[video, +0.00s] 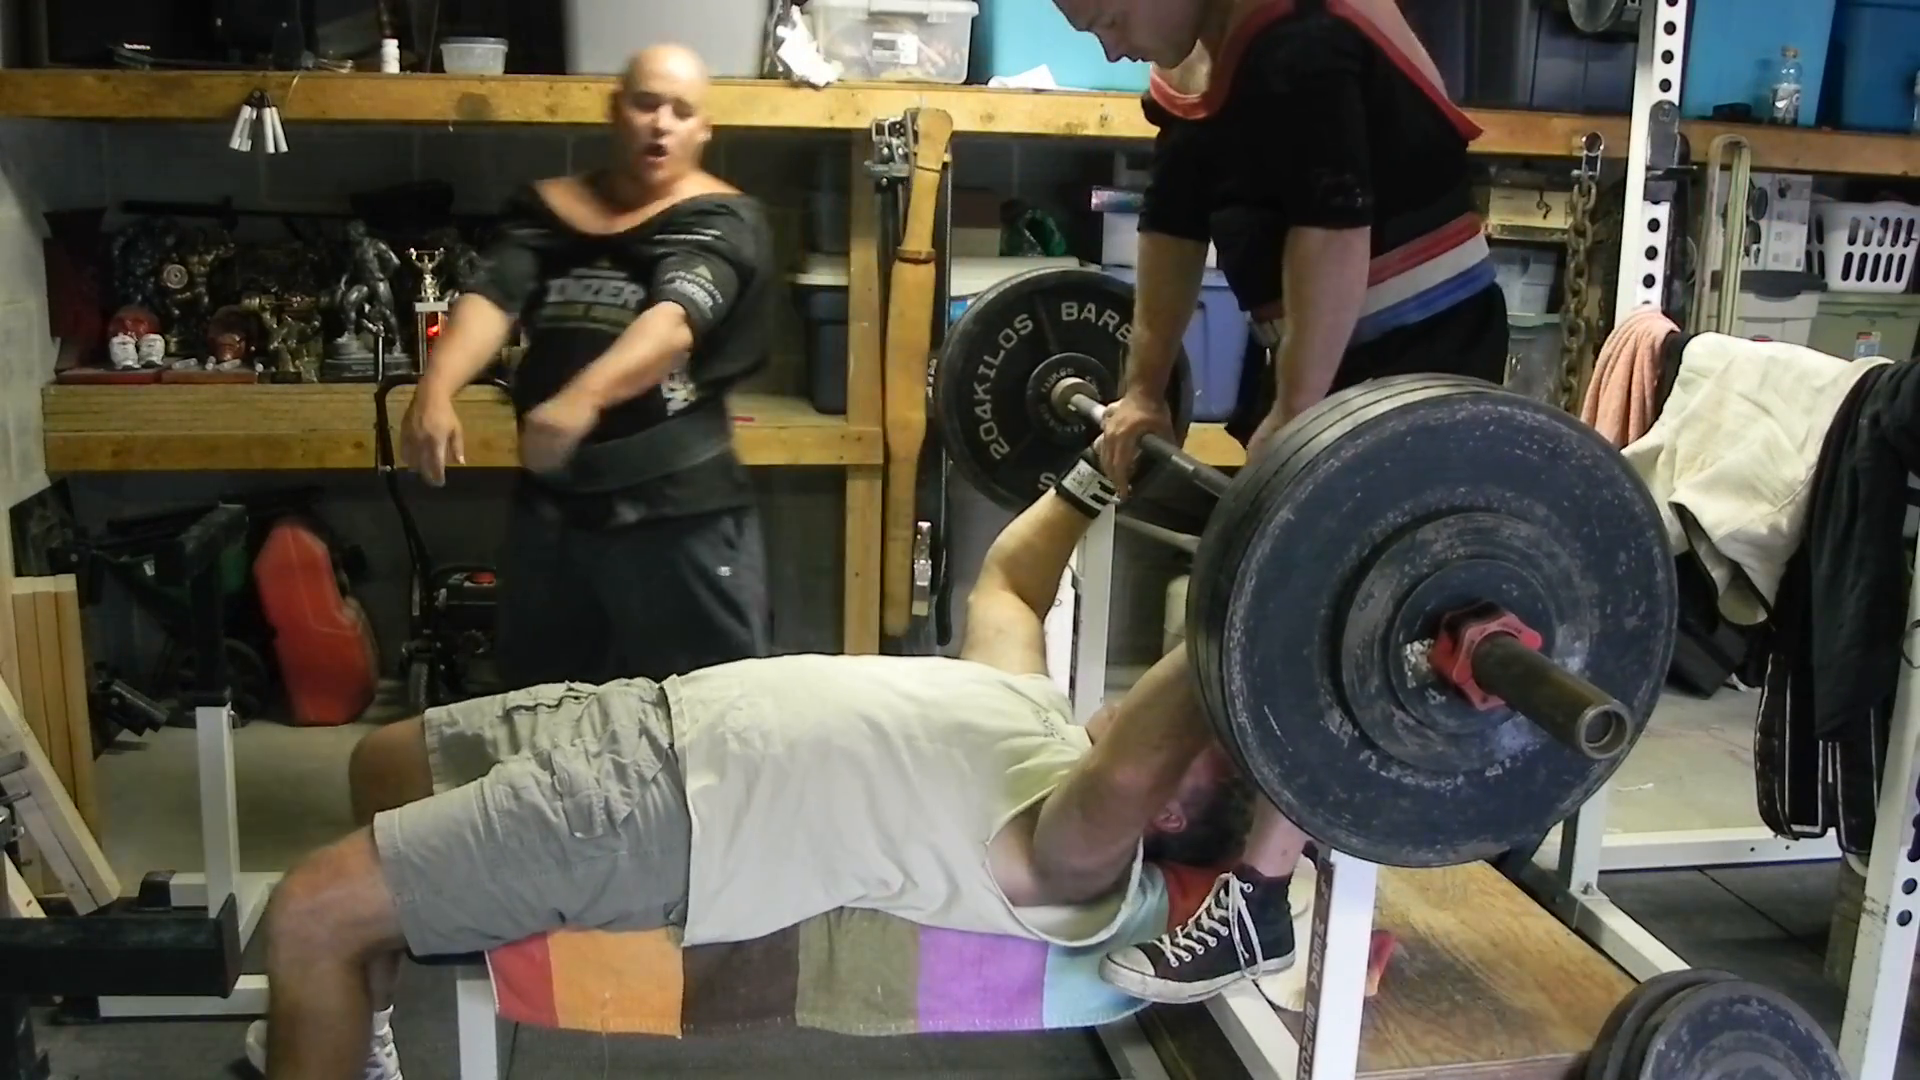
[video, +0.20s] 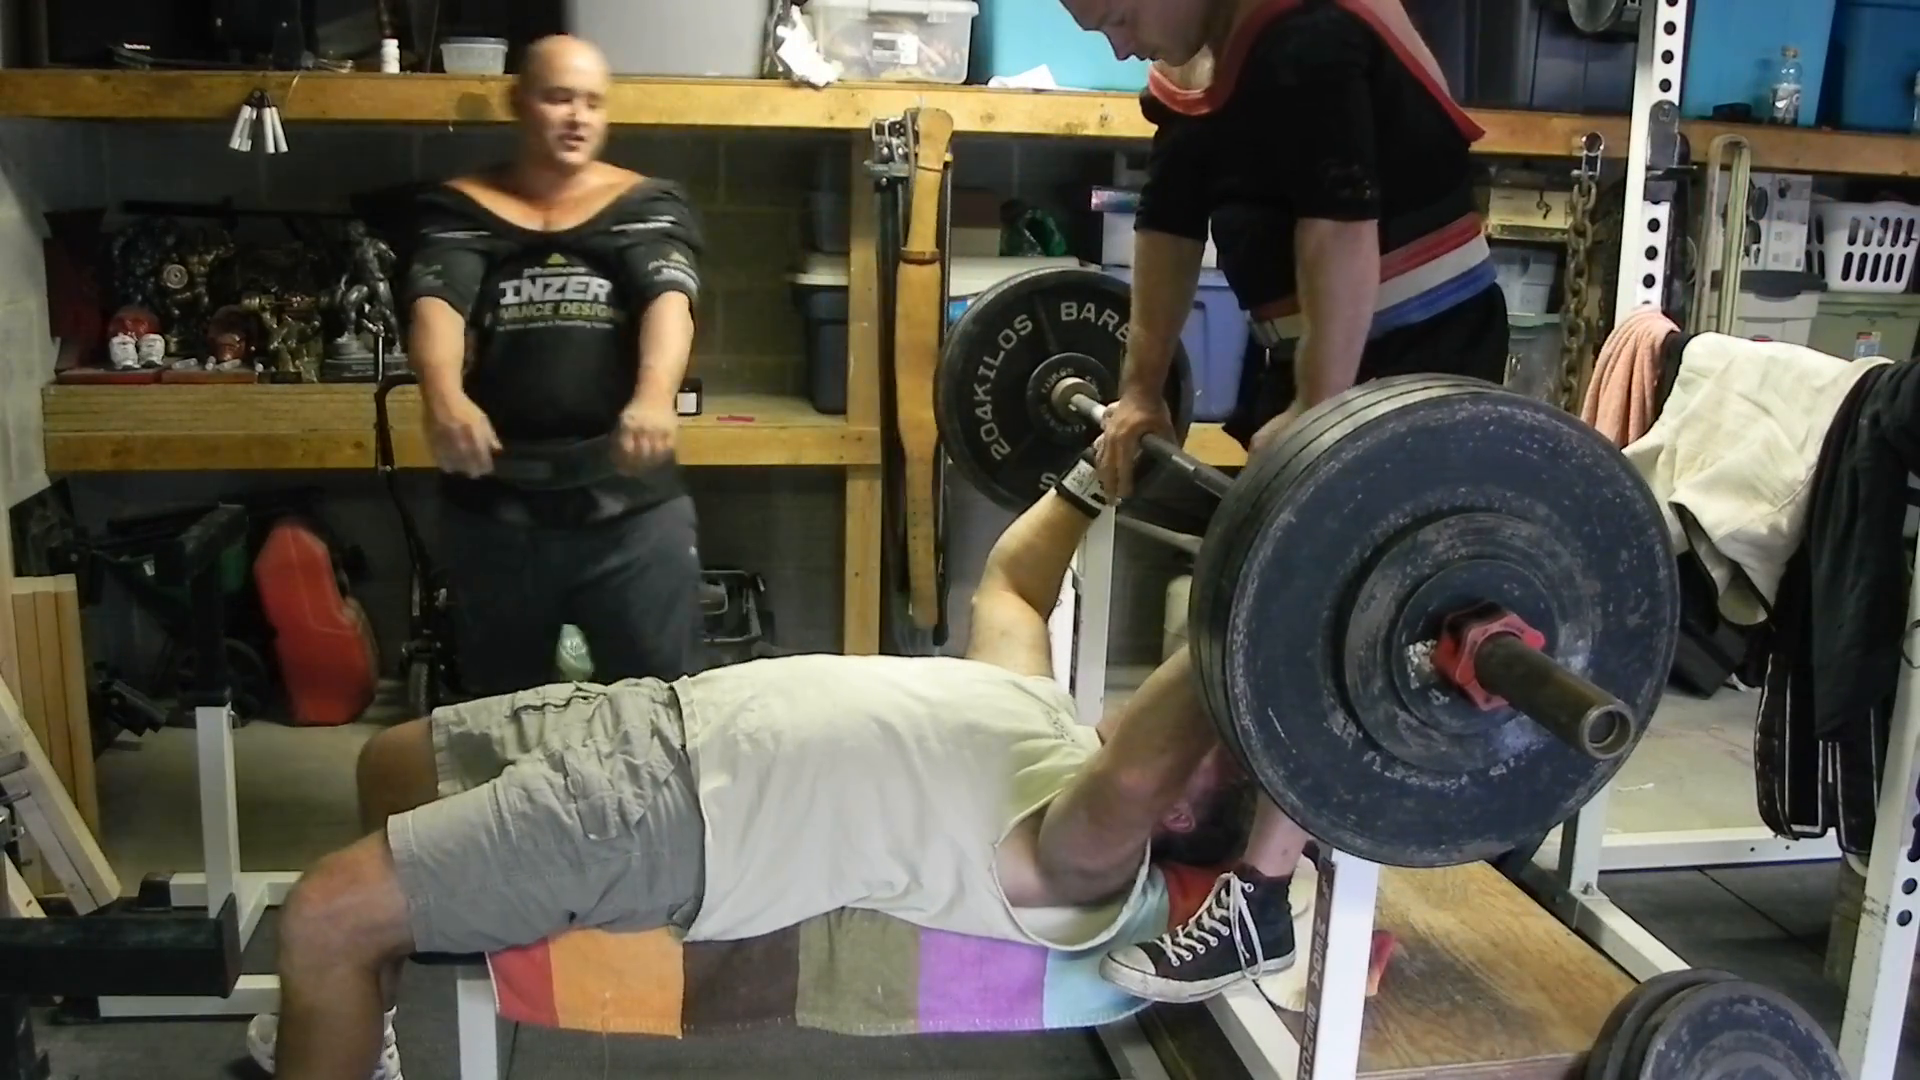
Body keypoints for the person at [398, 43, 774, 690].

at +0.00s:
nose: (661, 123)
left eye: (680, 110)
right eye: (646, 104)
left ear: (703, 128)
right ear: (615, 108)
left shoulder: (721, 216)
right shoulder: (548, 205)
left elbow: (676, 322)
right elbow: (491, 297)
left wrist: (581, 397)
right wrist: (435, 390)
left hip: (682, 518)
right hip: (554, 517)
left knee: (702, 731)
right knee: (546, 729)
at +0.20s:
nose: (577, 115)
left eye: (592, 101)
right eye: (558, 98)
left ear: (607, 110)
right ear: (518, 102)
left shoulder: (647, 202)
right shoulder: (460, 204)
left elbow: (668, 298)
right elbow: (437, 301)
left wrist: (654, 395)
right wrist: (444, 396)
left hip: (629, 498)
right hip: (495, 506)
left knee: (658, 707)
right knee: (502, 719)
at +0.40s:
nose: (528, 113)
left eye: (537, 98)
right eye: (506, 96)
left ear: (548, 104)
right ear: (456, 103)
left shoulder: (587, 194)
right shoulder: (417, 206)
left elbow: (646, 283)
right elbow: (456, 319)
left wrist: (678, 380)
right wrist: (536, 410)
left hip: (609, 494)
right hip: (485, 503)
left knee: (631, 698)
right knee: (489, 713)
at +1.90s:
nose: (621, 141)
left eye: (630, 122)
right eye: (602, 122)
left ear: (640, 120)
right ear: (549, 120)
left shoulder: (670, 208)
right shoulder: (503, 209)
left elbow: (721, 301)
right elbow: (543, 319)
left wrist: (762, 398)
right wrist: (646, 388)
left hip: (652, 488)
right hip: (546, 487)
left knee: (649, 687)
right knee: (553, 693)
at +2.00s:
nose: (623, 142)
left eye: (630, 124)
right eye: (603, 126)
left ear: (636, 120)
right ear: (545, 123)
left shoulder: (663, 210)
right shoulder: (501, 216)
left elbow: (721, 312)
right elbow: (560, 335)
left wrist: (770, 418)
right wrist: (666, 415)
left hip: (654, 494)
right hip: (554, 497)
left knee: (646, 696)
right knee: (559, 703)